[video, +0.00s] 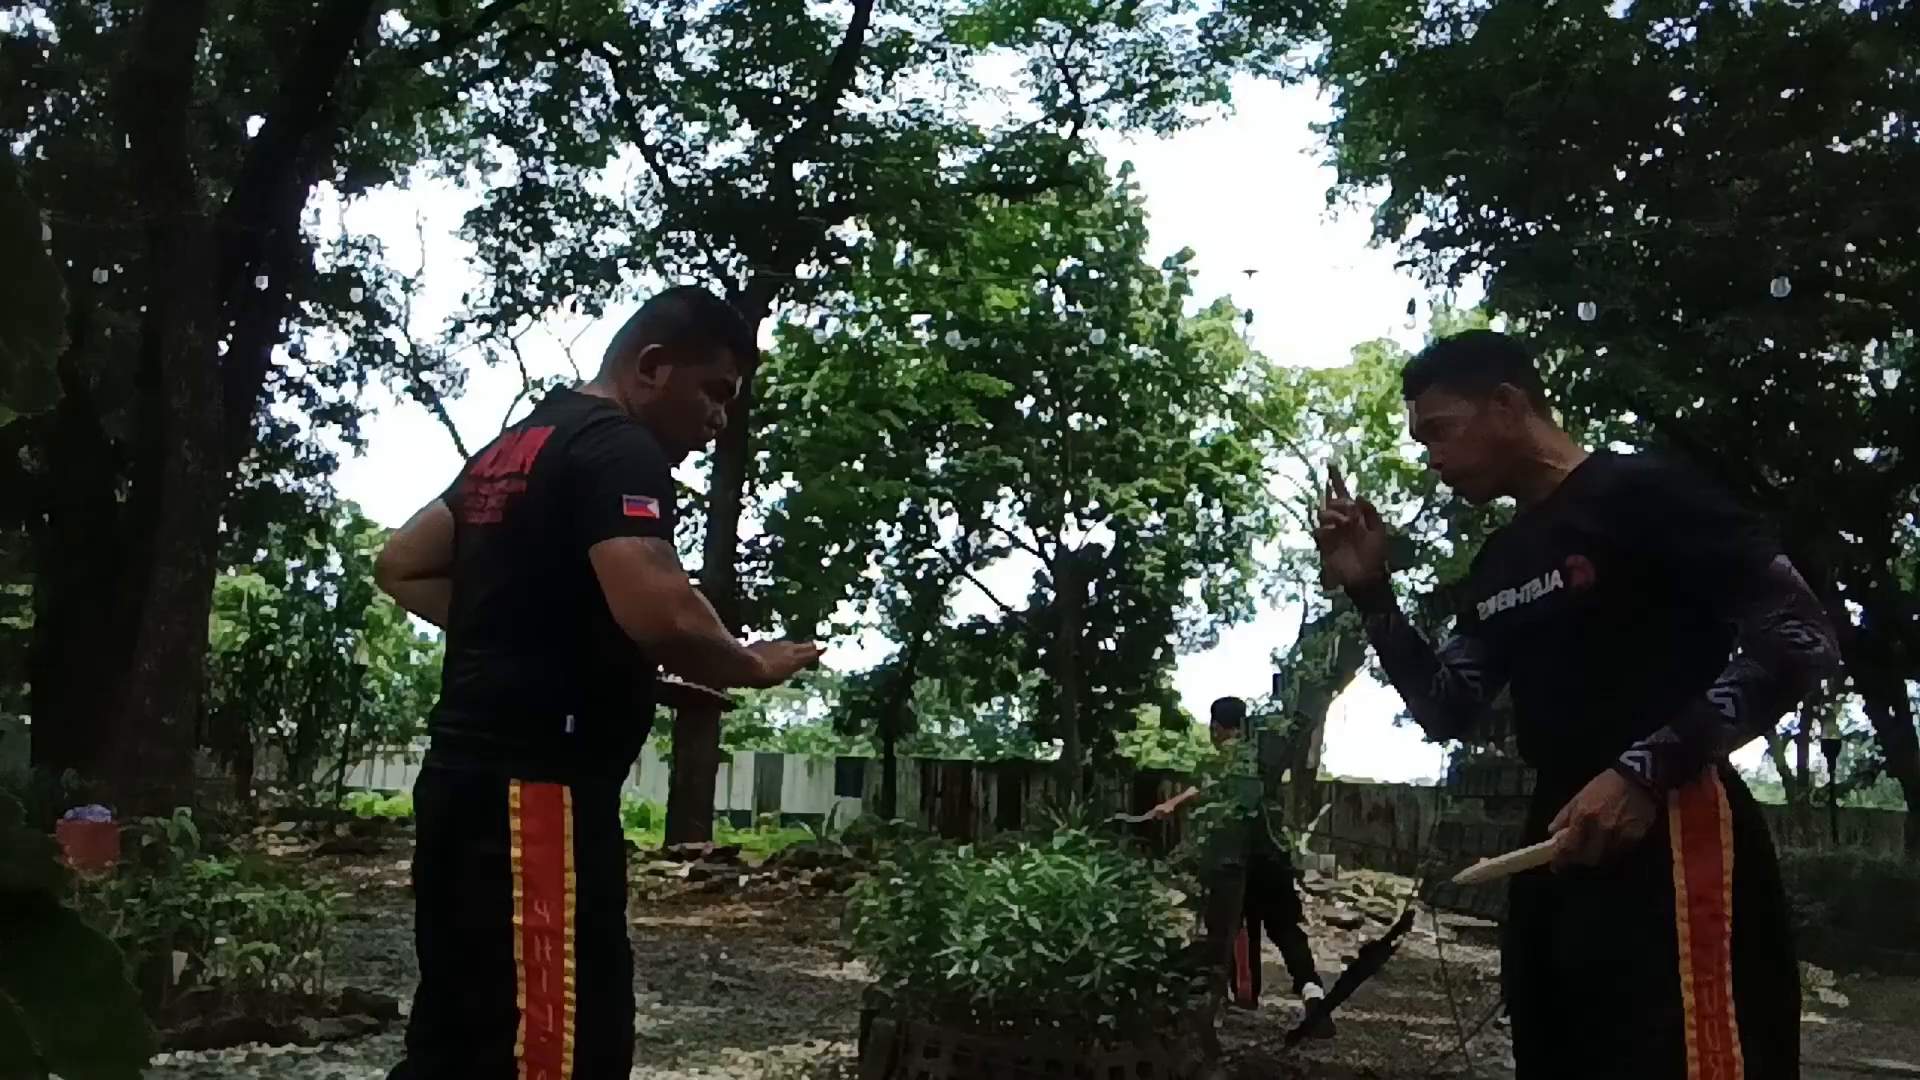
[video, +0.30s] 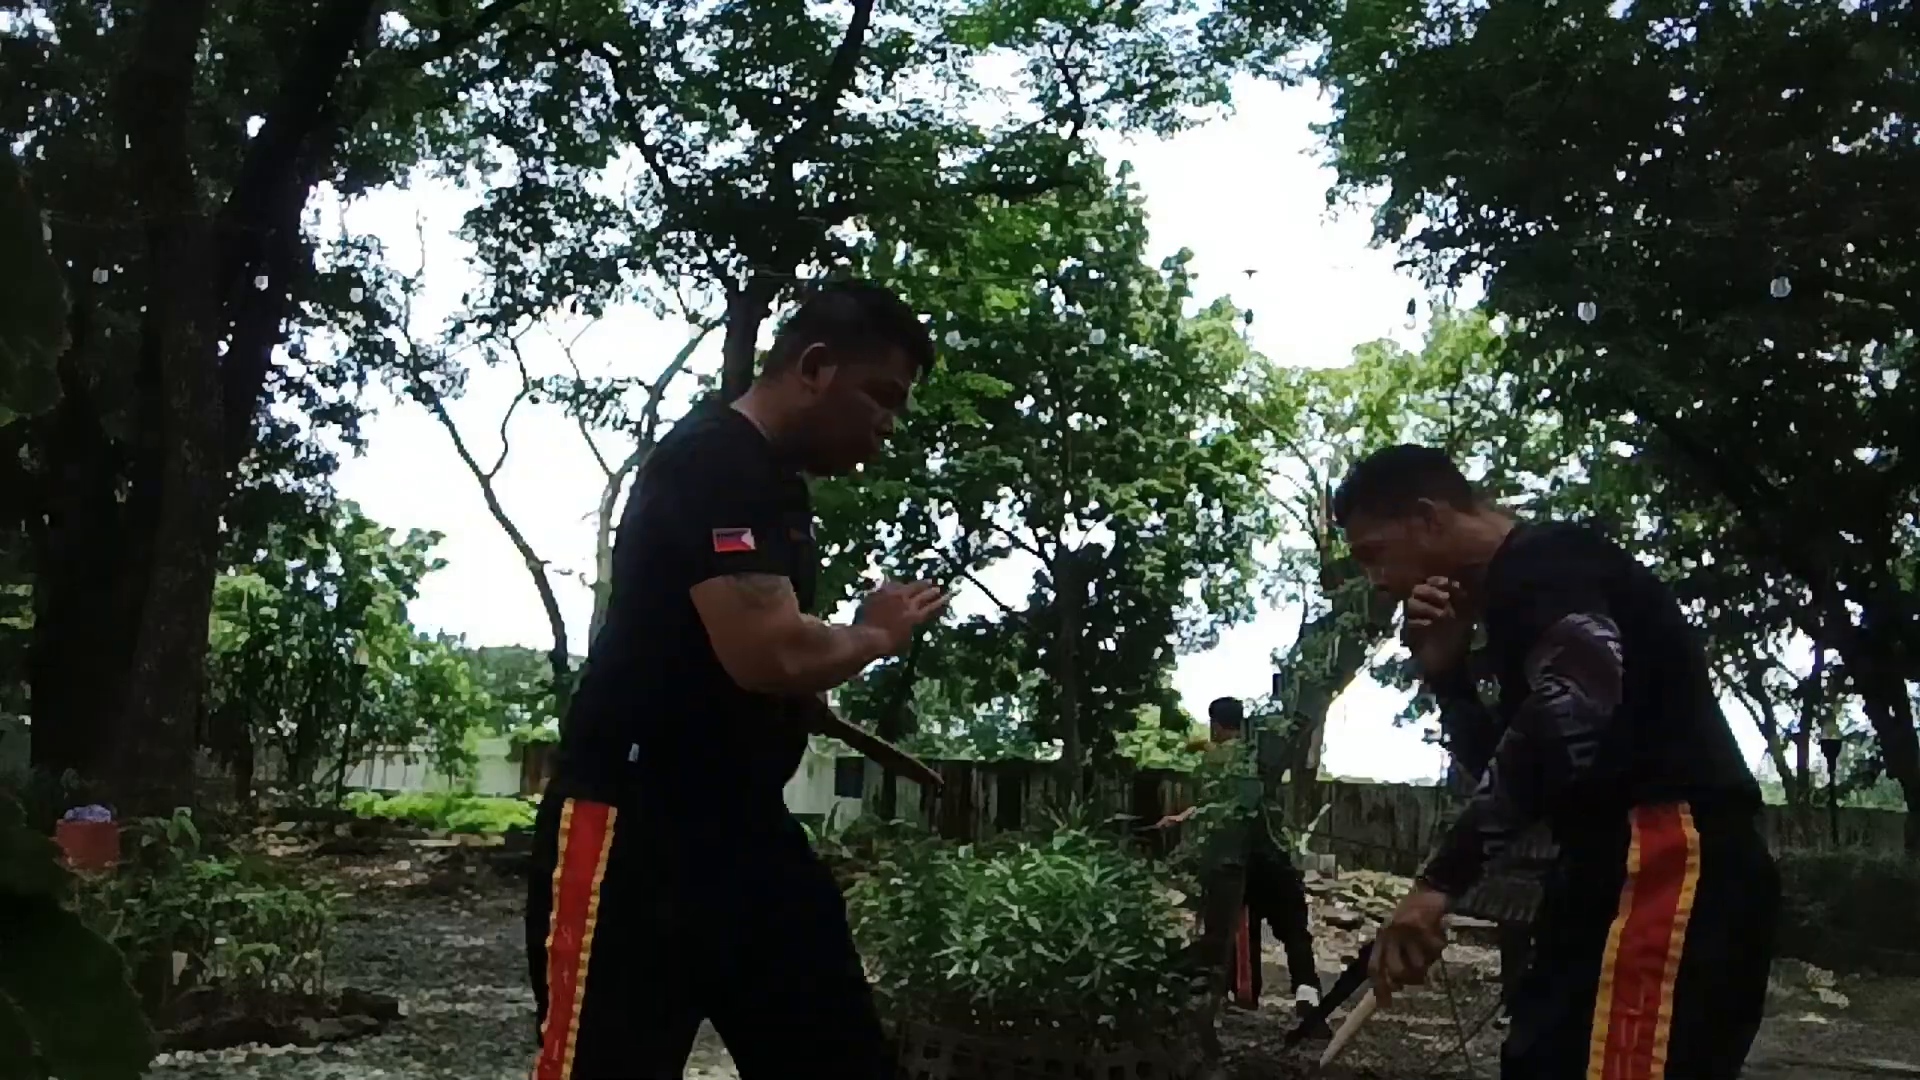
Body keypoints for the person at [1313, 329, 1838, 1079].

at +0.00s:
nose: (1430, 460)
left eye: (1436, 433)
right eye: (1423, 442)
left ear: (1509, 405)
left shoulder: (1651, 492)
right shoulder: (1495, 563)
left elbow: (1801, 635)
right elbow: (1447, 710)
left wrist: (1647, 770)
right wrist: (1372, 595)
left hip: (1681, 837)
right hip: (1556, 846)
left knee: (1695, 1057)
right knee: (1561, 1056)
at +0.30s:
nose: (1377, 583)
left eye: (1374, 556)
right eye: (1364, 565)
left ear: (1426, 516)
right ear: (1429, 517)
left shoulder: (1543, 560)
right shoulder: (1514, 593)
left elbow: (1573, 711)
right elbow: (1503, 794)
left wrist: (1438, 886)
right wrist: (1449, 677)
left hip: (1669, 857)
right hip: (1610, 853)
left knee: (1616, 1061)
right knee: (1543, 1051)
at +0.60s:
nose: (1390, 517)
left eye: (1385, 500)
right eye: (1383, 504)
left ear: (1405, 475)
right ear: (1494, 460)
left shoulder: (1405, 543)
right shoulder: (1652, 522)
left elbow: (1316, 699)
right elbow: (1739, 728)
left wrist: (1421, 723)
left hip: (1507, 883)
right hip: (1691, 882)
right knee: (1660, 1066)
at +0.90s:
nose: (1450, 406)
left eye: (1455, 391)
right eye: (1450, 397)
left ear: (1497, 367)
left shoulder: (1533, 437)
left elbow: (1318, 375)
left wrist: (1350, 326)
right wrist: (1303, 587)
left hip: (1530, 859)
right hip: (1623, 877)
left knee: (1389, 1063)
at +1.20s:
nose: (1431, 421)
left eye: (1452, 382)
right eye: (1411, 401)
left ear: (1529, 368)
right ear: (1402, 412)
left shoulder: (1647, 468)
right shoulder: (1458, 545)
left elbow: (1529, 581)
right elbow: (1394, 696)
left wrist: (1346, 462)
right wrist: (1283, 563)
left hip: (1685, 856)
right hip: (1549, 865)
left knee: (1611, 1060)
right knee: (1474, 1062)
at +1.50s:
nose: (1523, 435)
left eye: (1543, 399)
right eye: (1485, 414)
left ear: (1584, 408)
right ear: (1448, 451)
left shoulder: (1701, 550)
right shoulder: (1474, 580)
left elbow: (1722, 816)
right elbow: (1499, 763)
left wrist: (1475, 887)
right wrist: (1361, 790)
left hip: (1752, 909)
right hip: (1588, 896)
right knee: (1516, 1063)